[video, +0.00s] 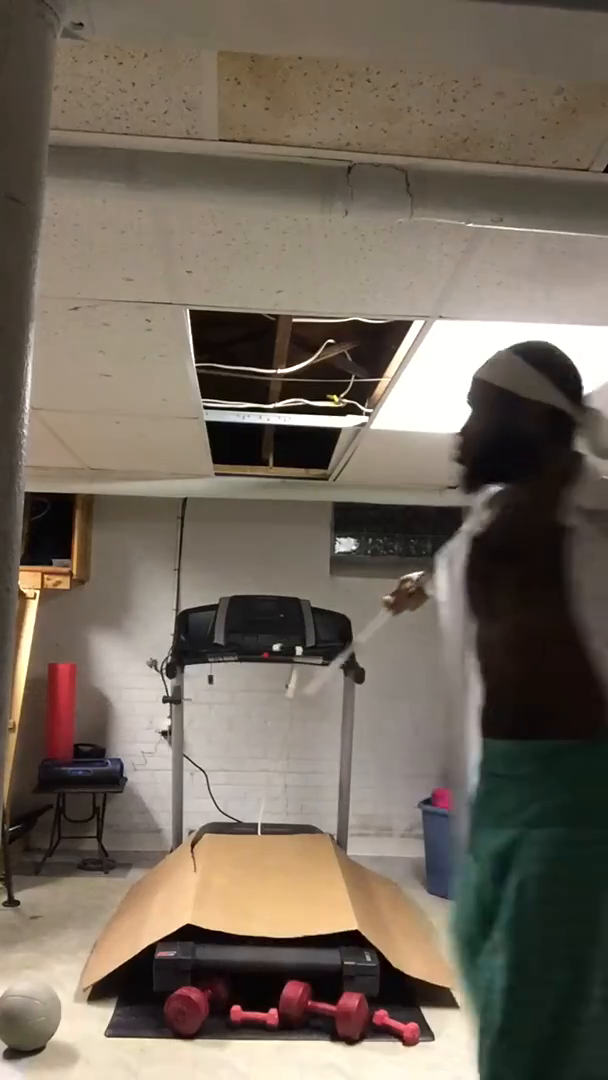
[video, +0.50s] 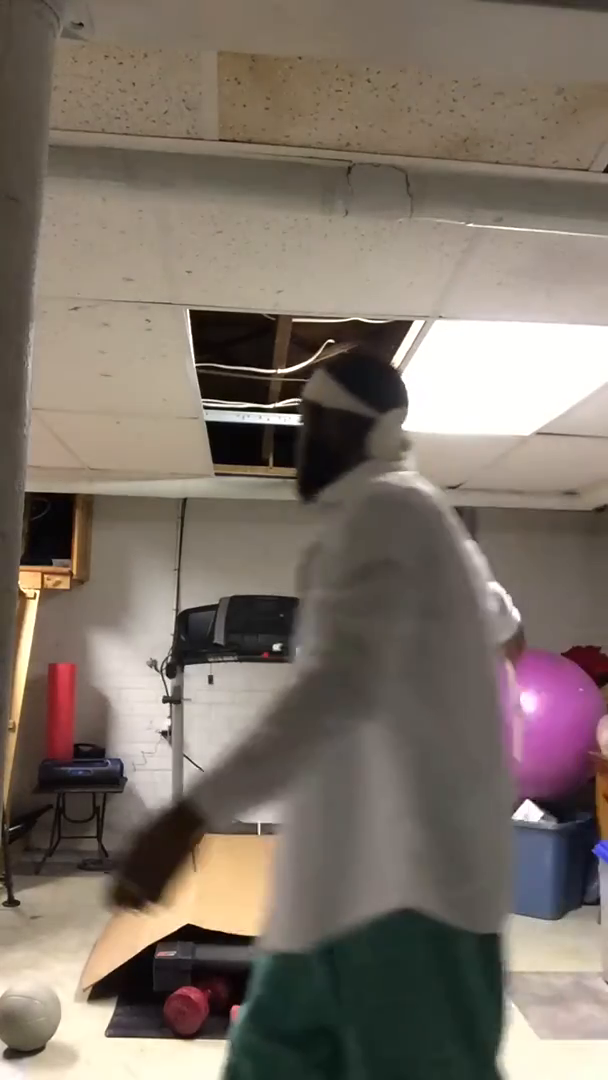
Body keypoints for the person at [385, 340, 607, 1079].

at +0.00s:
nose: (459, 429)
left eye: (476, 408)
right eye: (468, 407)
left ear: (520, 419)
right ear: (539, 421)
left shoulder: (594, 510)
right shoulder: (465, 540)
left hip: (571, 806)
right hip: (497, 804)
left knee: (535, 1029)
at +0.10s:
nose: (423, 424)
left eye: (437, 403)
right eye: (429, 403)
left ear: (489, 413)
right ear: (495, 412)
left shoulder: (581, 510)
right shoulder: (439, 541)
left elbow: (591, 659)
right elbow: (439, 691)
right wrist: (430, 812)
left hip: (544, 787)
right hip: (463, 787)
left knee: (510, 998)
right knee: (444, 988)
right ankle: (457, 1069)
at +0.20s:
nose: (386, 429)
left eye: (402, 408)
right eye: (391, 409)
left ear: (456, 414)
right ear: (453, 416)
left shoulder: (556, 508)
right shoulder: (418, 542)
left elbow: (585, 689)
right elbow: (418, 690)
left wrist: (527, 859)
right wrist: (407, 815)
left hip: (525, 808)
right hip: (443, 804)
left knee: (498, 1048)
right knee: (389, 1027)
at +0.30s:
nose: (356, 429)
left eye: (372, 409)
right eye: (360, 410)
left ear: (424, 414)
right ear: (422, 417)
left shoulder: (497, 505)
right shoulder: (402, 540)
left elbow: (501, 676)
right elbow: (399, 708)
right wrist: (365, 830)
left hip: (491, 879)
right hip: (411, 878)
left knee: (489, 1064)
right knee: (346, 1043)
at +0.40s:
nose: (327, 437)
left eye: (338, 418)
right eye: (330, 418)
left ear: (375, 422)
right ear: (405, 423)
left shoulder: (436, 510)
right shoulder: (406, 517)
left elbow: (407, 693)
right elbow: (405, 701)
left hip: (458, 888)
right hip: (390, 888)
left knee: (461, 1065)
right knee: (305, 1049)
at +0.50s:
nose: (300, 444)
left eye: (312, 424)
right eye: (304, 423)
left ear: (349, 429)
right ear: (380, 432)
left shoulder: (379, 512)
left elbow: (343, 686)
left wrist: (189, 817)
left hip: (404, 898)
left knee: (424, 1070)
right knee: (269, 1069)